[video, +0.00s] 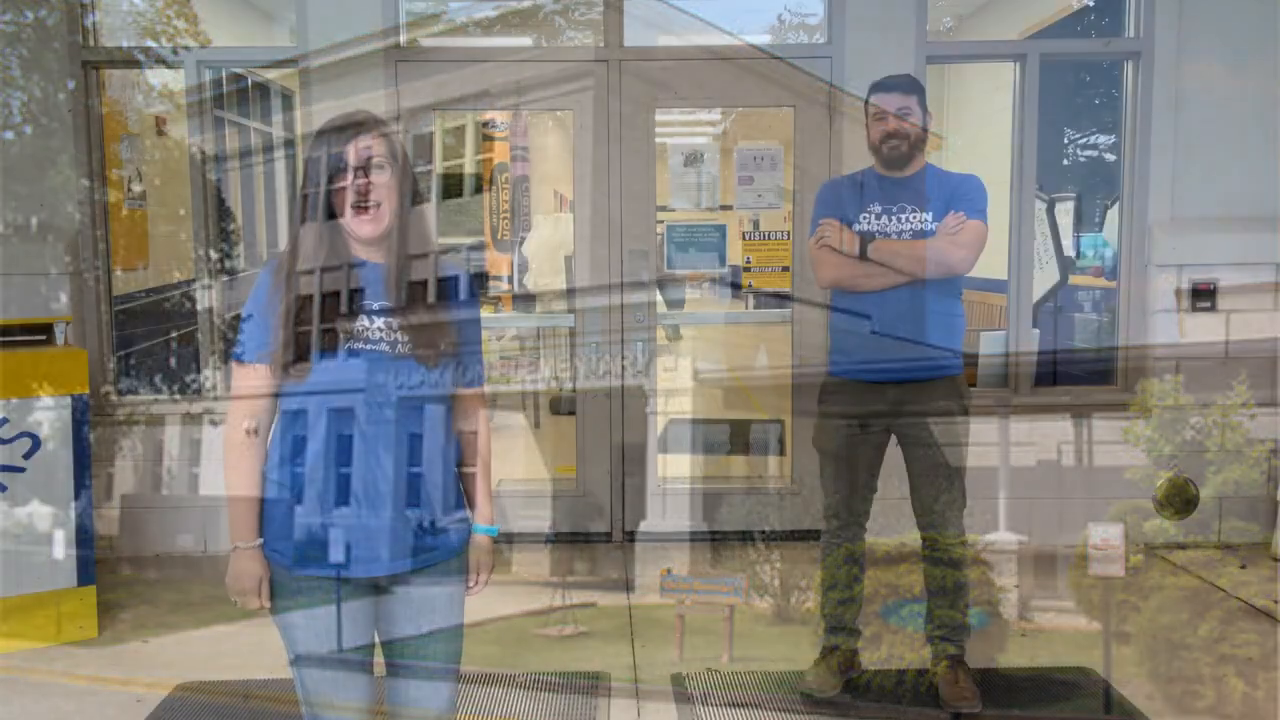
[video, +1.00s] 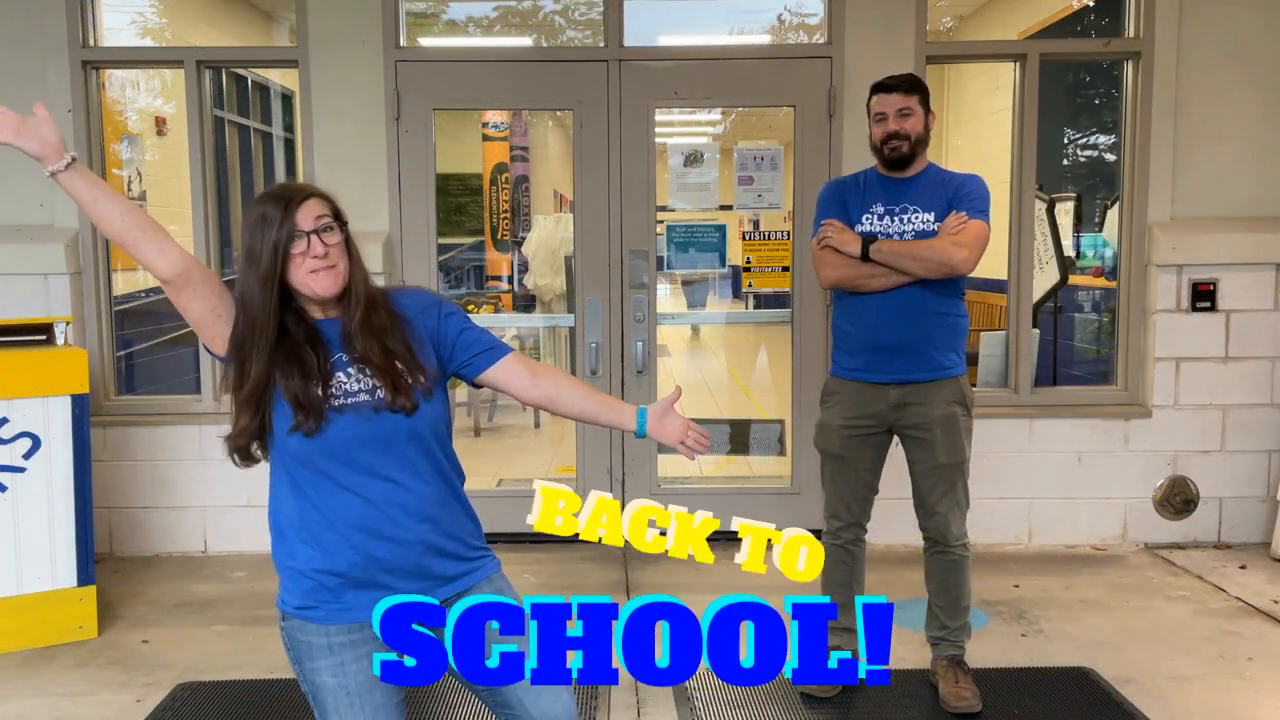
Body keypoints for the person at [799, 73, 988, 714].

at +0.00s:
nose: (889, 126)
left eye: (902, 116)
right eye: (879, 117)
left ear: (925, 126)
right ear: (866, 127)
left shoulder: (961, 188)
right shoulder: (838, 193)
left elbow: (955, 261)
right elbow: (827, 272)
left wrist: (859, 242)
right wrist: (927, 261)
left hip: (933, 378)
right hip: (852, 379)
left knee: (944, 527)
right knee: (841, 524)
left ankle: (950, 660)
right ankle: (838, 652)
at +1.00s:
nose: (892, 126)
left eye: (904, 115)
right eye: (881, 118)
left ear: (927, 122)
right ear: (869, 128)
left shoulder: (962, 188)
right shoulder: (840, 194)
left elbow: (958, 260)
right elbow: (830, 273)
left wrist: (863, 243)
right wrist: (928, 259)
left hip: (936, 385)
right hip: (853, 385)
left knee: (946, 531)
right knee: (841, 526)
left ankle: (950, 658)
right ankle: (836, 654)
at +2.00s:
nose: (908, 129)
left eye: (921, 118)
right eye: (897, 120)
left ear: (945, 124)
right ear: (885, 130)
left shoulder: (984, 189)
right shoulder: (856, 193)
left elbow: (992, 273)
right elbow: (847, 277)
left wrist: (890, 255)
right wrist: (953, 260)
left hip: (953, 388)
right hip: (869, 387)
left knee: (959, 535)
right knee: (843, 529)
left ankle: (952, 666)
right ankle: (829, 653)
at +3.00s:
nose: (806, 201)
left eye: (822, 191)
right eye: (796, 189)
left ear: (846, 196)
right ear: (784, 194)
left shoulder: (886, 220)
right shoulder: (773, 259)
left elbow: (983, 181)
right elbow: (718, 290)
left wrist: (1069, 128)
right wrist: (647, 298)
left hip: (918, 429)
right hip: (836, 433)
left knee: (964, 562)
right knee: (798, 549)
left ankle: (954, 666)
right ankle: (808, 661)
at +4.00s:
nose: (819, 170)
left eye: (835, 162)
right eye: (811, 159)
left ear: (857, 169)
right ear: (798, 166)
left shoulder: (897, 201)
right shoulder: (781, 239)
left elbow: (990, 150)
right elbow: (712, 288)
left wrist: (1075, 91)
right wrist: (635, 312)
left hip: (915, 415)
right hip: (830, 417)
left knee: (953, 549)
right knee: (802, 545)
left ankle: (951, 666)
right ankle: (806, 662)